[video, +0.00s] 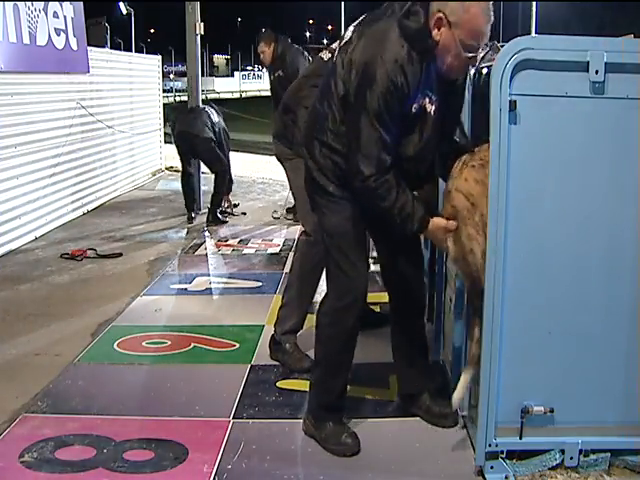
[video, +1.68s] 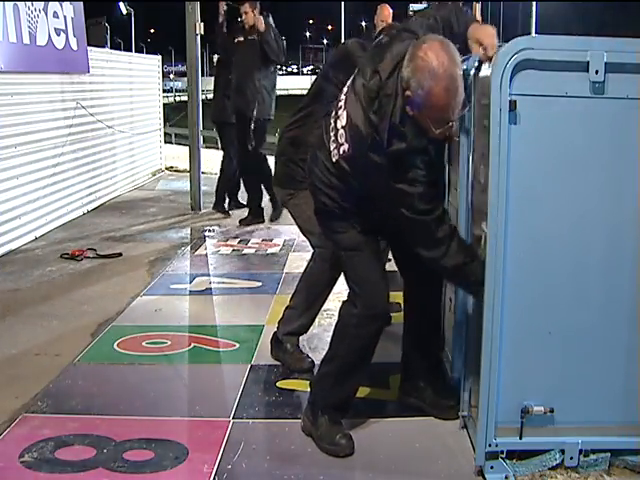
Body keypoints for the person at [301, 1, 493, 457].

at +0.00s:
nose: (471, 60)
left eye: (477, 50)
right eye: (468, 48)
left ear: (446, 28)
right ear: (438, 27)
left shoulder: (448, 58)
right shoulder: (386, 60)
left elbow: (440, 140)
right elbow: (370, 171)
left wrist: (471, 184)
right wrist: (422, 223)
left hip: (392, 167)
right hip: (335, 162)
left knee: (408, 281)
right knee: (348, 287)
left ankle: (417, 390)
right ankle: (323, 413)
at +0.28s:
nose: (465, 71)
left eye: (469, 62)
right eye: (463, 61)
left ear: (434, 46)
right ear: (432, 47)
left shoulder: (421, 57)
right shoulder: (386, 92)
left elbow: (435, 121)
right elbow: (382, 200)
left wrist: (461, 158)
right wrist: (448, 227)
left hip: (379, 173)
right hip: (327, 175)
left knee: (415, 276)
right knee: (360, 298)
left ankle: (414, 387)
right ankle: (323, 413)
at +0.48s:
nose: (463, 59)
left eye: (466, 49)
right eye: (461, 48)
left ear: (428, 45)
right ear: (429, 47)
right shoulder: (383, 98)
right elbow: (396, 208)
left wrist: (442, 93)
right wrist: (467, 224)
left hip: (392, 182)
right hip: (342, 190)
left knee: (423, 279)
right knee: (370, 307)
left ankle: (417, 385)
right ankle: (324, 414)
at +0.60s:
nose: (461, 46)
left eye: (462, 37)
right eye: (457, 38)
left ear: (424, 36)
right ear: (426, 41)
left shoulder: (399, 29)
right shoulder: (387, 94)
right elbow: (404, 203)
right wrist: (472, 221)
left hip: (392, 179)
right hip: (346, 190)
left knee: (429, 274)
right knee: (371, 306)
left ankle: (420, 380)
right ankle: (324, 413)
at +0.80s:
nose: (461, 59)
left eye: (463, 49)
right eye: (454, 52)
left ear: (425, 45)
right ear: (422, 50)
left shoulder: (411, 30)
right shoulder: (396, 105)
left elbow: (486, 16)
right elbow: (420, 209)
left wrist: (551, 17)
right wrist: (500, 225)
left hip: (395, 190)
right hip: (349, 192)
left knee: (434, 275)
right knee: (378, 305)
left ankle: (419, 382)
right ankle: (325, 410)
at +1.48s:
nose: (455, 120)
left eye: (462, 109)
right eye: (446, 113)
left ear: (467, 75)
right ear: (419, 95)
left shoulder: (443, 43)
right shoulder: (396, 134)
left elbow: (473, 19)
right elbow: (453, 221)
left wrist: (520, 26)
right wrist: (514, 235)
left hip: (410, 188)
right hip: (353, 192)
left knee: (433, 273)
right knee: (375, 303)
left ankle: (421, 380)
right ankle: (322, 410)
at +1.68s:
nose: (444, 130)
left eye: (451, 118)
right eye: (434, 124)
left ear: (459, 85)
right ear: (409, 101)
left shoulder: (411, 39)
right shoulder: (401, 154)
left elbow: (440, 15)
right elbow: (435, 239)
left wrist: (471, 25)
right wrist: (494, 283)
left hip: (397, 194)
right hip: (345, 196)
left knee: (425, 282)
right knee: (371, 306)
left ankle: (423, 384)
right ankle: (322, 409)